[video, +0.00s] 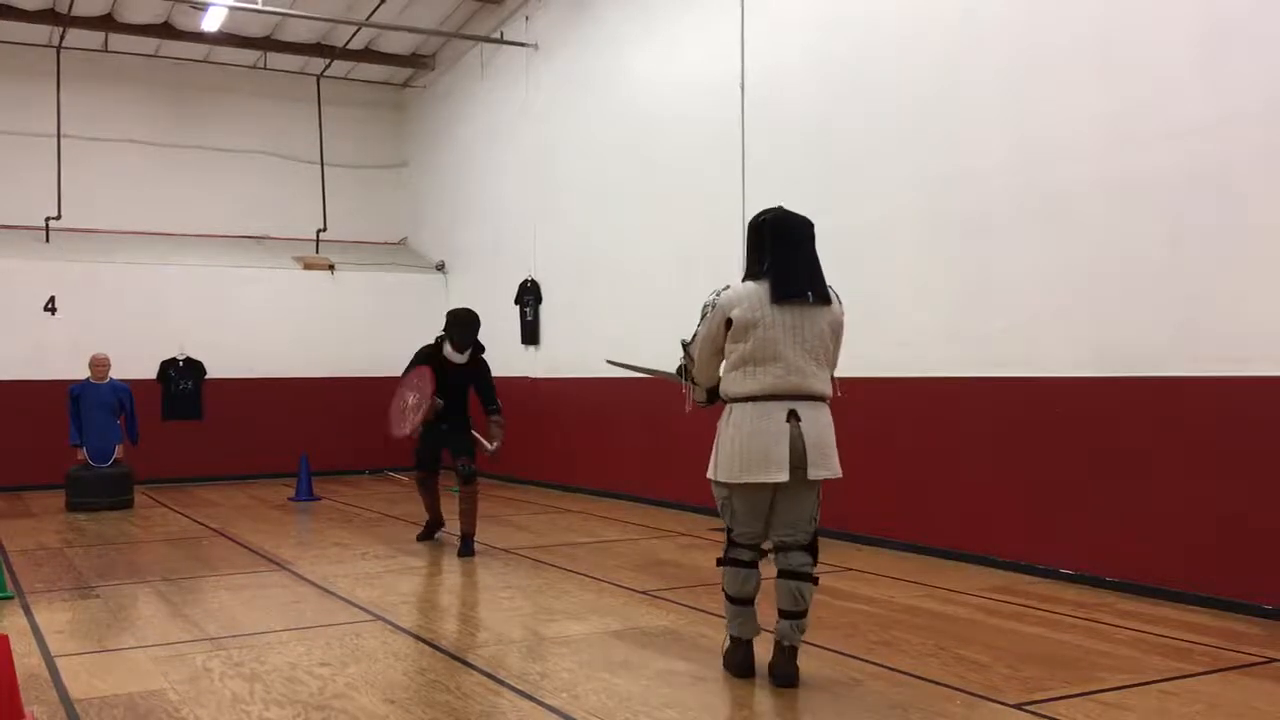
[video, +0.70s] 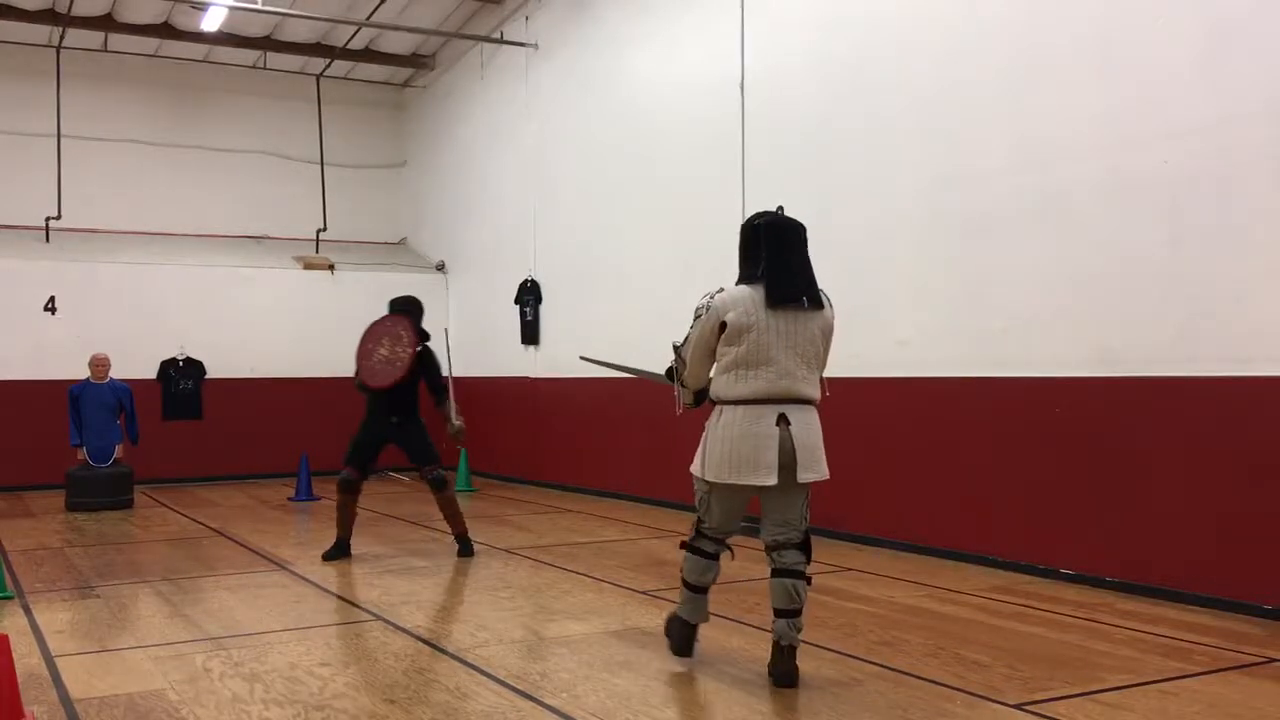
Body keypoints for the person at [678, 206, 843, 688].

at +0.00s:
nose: (749, 256)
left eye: (751, 247)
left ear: (756, 250)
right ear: (807, 249)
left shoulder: (735, 299)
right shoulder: (829, 304)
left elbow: (702, 365)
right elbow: (825, 369)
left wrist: (707, 387)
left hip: (748, 436)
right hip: (811, 436)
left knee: (743, 544)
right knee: (796, 547)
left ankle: (740, 649)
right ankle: (786, 658)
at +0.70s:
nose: (743, 260)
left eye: (745, 253)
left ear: (750, 254)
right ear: (799, 254)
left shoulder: (729, 304)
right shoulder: (820, 309)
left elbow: (693, 373)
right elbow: (812, 374)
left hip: (735, 436)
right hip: (799, 438)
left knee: (710, 535)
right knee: (788, 543)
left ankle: (685, 627)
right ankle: (785, 655)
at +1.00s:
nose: (706, 267)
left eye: (708, 259)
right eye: (708, 259)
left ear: (715, 263)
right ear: (763, 261)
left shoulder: (697, 314)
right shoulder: (786, 316)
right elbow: (781, 376)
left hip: (709, 438)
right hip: (772, 436)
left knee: (679, 539)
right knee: (773, 541)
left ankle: (644, 626)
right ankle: (783, 653)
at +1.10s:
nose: (686, 268)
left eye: (689, 260)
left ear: (695, 264)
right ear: (742, 264)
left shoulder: (676, 316)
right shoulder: (767, 317)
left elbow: (651, 388)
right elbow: (767, 376)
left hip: (695, 439)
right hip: (757, 438)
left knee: (673, 540)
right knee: (763, 541)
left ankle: (642, 631)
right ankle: (782, 651)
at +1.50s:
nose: (629, 267)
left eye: (631, 260)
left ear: (635, 262)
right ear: (682, 259)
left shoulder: (620, 310)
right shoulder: (708, 309)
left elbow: (596, 381)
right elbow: (714, 370)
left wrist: (603, 398)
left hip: (644, 427)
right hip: (705, 425)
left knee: (641, 533)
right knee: (708, 527)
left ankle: (634, 633)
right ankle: (726, 618)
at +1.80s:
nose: (623, 265)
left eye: (626, 257)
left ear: (630, 260)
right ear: (677, 258)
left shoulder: (613, 306)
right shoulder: (703, 307)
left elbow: (588, 370)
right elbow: (711, 362)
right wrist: (672, 360)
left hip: (631, 427)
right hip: (690, 426)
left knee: (632, 530)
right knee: (676, 529)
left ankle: (633, 633)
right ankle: (668, 635)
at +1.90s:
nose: (626, 266)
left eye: (628, 258)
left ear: (632, 260)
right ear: (679, 261)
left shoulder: (612, 307)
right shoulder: (699, 306)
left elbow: (587, 360)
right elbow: (715, 334)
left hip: (630, 430)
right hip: (688, 431)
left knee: (628, 529)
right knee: (676, 530)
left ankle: (633, 633)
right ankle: (668, 635)